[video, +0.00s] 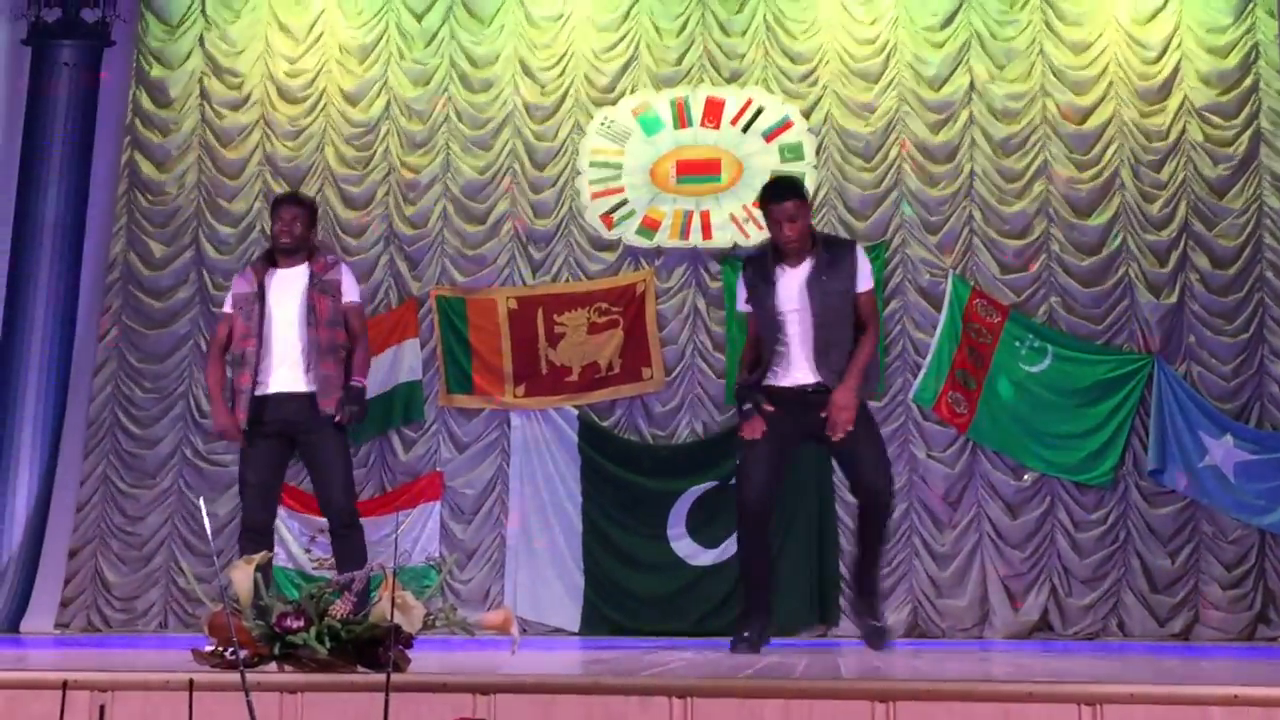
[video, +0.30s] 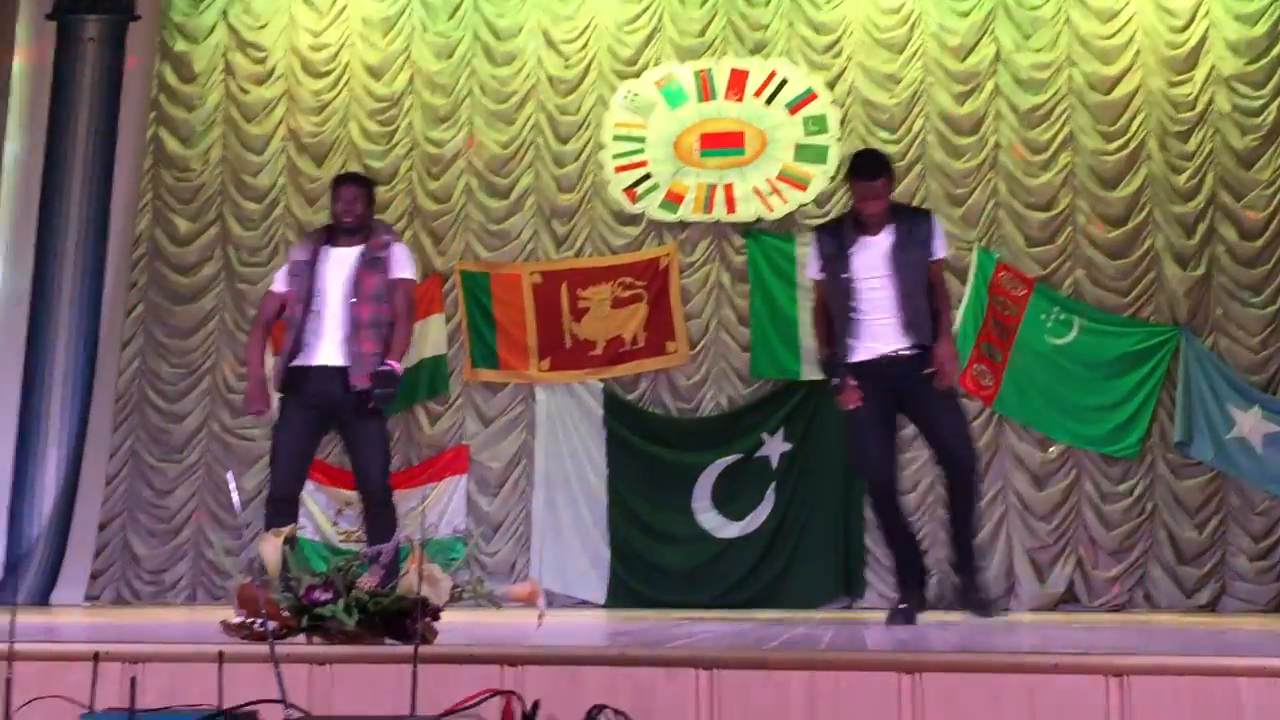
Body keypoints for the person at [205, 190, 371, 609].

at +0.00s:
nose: (287, 229)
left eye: (297, 222)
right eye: (280, 222)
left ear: (312, 229)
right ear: (271, 228)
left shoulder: (335, 273)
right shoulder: (247, 280)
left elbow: (359, 337)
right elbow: (216, 351)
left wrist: (356, 387)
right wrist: (220, 410)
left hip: (319, 411)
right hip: (263, 413)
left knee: (341, 512)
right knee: (255, 518)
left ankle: (357, 611)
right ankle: (253, 617)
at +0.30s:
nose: (348, 207)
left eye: (356, 201)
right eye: (342, 200)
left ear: (371, 207)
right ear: (331, 205)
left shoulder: (390, 249)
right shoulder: (305, 253)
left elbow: (404, 310)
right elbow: (262, 320)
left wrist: (392, 364)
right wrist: (254, 381)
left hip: (360, 384)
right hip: (304, 385)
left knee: (376, 491)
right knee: (282, 489)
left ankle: (383, 590)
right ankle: (276, 591)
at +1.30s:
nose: (339, 225)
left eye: (348, 219)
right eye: (333, 219)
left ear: (363, 226)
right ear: (323, 225)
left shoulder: (386, 271)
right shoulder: (300, 273)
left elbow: (439, 318)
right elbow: (244, 314)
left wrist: (447, 347)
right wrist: (266, 347)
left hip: (375, 399)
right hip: (321, 401)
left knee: (395, 492)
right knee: (323, 501)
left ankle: (414, 582)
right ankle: (322, 588)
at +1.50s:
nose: (339, 203)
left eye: (347, 196)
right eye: (332, 196)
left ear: (361, 204)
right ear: (322, 201)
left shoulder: (383, 252)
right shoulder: (296, 251)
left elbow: (416, 308)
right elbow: (289, 309)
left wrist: (441, 297)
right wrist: (245, 291)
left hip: (367, 375)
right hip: (312, 376)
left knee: (382, 469)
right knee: (309, 473)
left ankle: (396, 559)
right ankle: (303, 562)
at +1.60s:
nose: (349, 196)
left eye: (358, 189)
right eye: (343, 189)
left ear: (373, 195)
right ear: (335, 194)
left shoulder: (397, 245)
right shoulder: (311, 242)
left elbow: (403, 295)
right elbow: (307, 302)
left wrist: (352, 281)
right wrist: (351, 323)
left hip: (373, 364)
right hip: (320, 363)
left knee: (385, 459)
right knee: (305, 461)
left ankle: (394, 548)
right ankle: (301, 549)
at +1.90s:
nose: (408, 191)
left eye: (417, 184)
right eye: (403, 184)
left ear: (435, 187)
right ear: (395, 187)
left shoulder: (459, 238)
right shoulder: (373, 233)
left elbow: (467, 297)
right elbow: (346, 282)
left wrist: (417, 301)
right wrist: (381, 290)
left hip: (431, 358)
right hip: (377, 354)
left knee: (439, 451)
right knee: (354, 449)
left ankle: (440, 544)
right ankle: (342, 542)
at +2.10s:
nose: (421, 180)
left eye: (429, 174)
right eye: (416, 174)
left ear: (445, 183)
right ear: (408, 181)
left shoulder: (468, 231)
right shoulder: (389, 227)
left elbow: (481, 294)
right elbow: (331, 235)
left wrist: (439, 326)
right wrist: (360, 225)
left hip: (450, 354)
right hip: (394, 351)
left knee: (461, 451)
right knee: (373, 449)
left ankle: (464, 547)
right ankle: (350, 543)